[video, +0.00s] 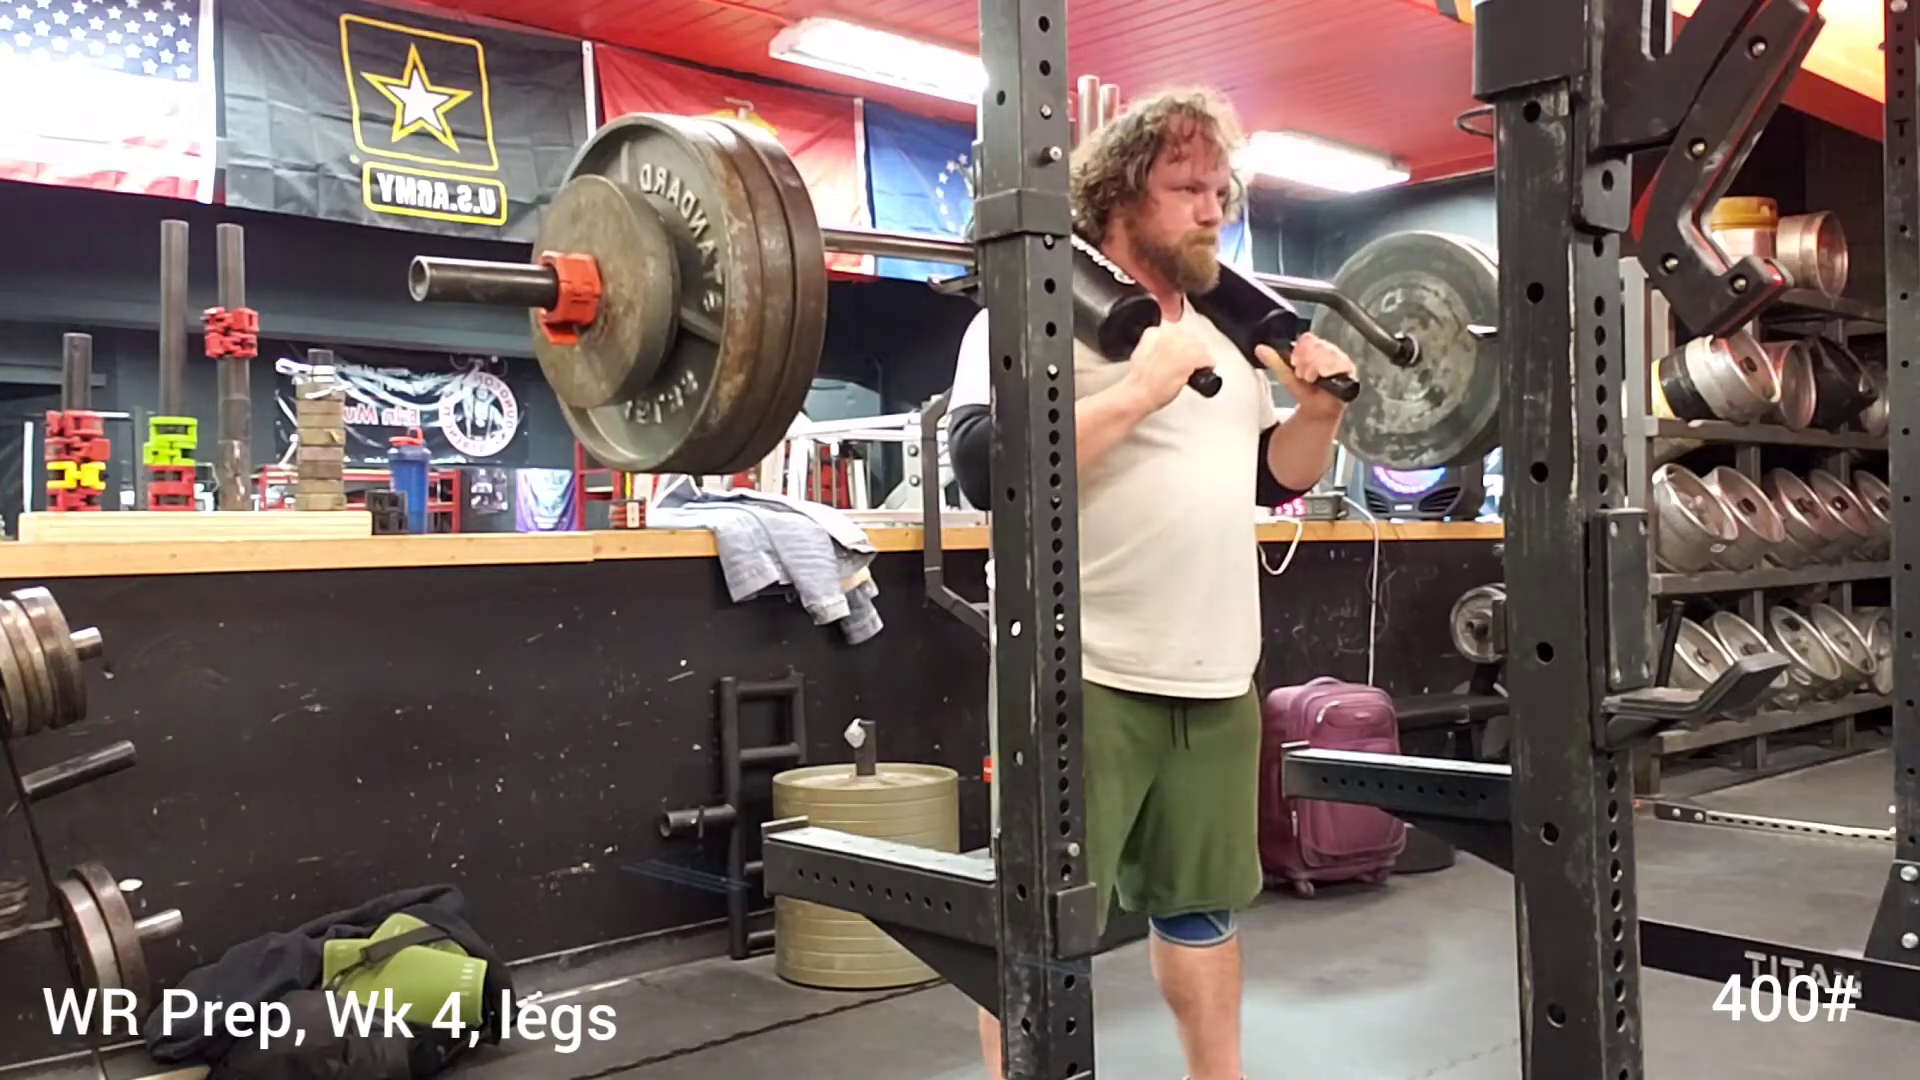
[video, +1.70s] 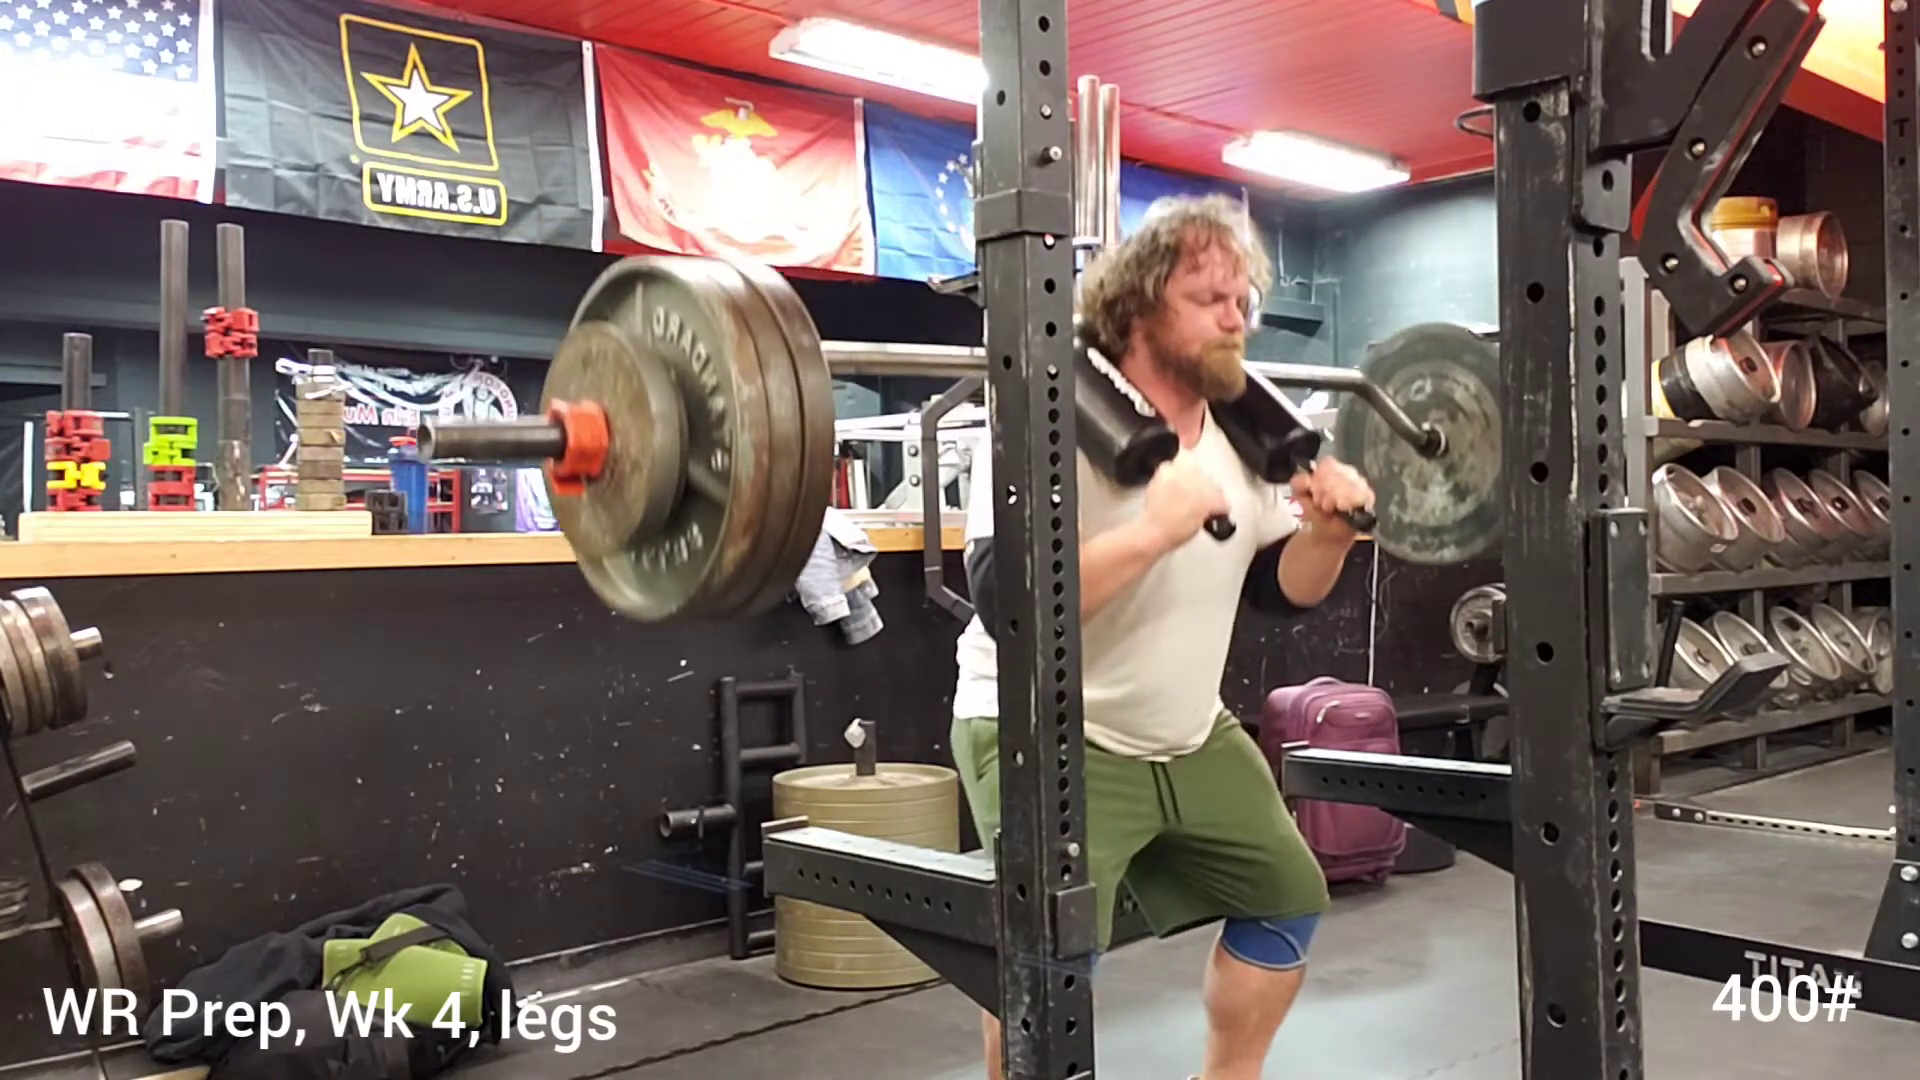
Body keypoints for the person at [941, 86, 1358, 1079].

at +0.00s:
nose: (1215, 207)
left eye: (1221, 187)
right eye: (1190, 185)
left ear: (1224, 199)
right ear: (1121, 191)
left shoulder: (1228, 331)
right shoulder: (1031, 312)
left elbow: (1283, 474)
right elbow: (986, 468)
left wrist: (1321, 401)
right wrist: (1131, 396)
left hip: (1217, 680)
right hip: (1082, 677)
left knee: (1201, 917)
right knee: (1044, 927)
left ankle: (1218, 1075)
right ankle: (1015, 1071)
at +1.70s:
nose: (1236, 321)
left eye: (1242, 299)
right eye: (1211, 299)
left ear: (1250, 303)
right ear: (1142, 310)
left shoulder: (1244, 416)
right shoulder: (1058, 409)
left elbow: (1290, 588)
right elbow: (1012, 597)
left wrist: (1332, 527)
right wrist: (1148, 535)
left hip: (1189, 731)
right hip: (1056, 732)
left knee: (1285, 899)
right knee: (1051, 949)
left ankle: (1230, 1074)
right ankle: (1018, 1073)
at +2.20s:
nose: (1248, 441)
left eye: (1256, 421)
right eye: (1222, 422)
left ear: (1267, 426)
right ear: (1151, 434)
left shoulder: (1260, 528)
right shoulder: (1060, 536)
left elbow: (1306, 704)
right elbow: (1030, 733)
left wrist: (1346, 646)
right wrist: (1161, 676)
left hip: (1177, 787)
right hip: (1030, 792)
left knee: (1304, 904)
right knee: (1067, 942)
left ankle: (1232, 1074)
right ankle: (1016, 1068)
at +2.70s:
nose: (1272, 592)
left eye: (1277, 569)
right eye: (1244, 572)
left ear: (1288, 564)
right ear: (1174, 578)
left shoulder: (1275, 661)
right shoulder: (1084, 673)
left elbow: (1332, 832)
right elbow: (1028, 857)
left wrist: (1361, 782)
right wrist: (1175, 830)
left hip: (1222, 898)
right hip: (1096, 911)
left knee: (1354, 925)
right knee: (1082, 984)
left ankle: (1239, 1075)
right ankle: (1023, 1069)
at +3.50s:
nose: (1263, 450)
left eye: (1272, 433)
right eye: (1238, 432)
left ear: (1284, 441)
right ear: (1170, 444)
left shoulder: (1269, 540)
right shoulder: (1077, 540)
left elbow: (1326, 715)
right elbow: (1035, 731)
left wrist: (1354, 658)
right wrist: (1172, 682)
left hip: (1184, 792)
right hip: (1038, 800)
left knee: (1316, 906)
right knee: (1084, 952)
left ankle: (1236, 1073)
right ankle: (1021, 1068)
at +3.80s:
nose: (1250, 334)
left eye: (1261, 318)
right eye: (1226, 314)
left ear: (1269, 336)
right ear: (1162, 324)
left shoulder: (1259, 438)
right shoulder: (1068, 426)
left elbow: (1310, 617)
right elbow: (1006, 614)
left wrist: (1341, 552)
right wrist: (1159, 564)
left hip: (1203, 743)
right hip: (1068, 746)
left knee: (1304, 904)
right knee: (1066, 954)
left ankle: (1236, 1074)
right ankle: (1011, 1069)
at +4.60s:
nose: (1242, 207)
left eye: (1247, 186)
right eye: (1217, 184)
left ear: (1249, 195)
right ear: (1147, 191)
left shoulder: (1246, 323)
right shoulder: (1051, 297)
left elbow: (1286, 485)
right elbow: (983, 475)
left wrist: (1329, 422)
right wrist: (1134, 413)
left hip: (1227, 681)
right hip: (1096, 677)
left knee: (1209, 923)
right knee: (1053, 936)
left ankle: (1219, 1073)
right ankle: (1026, 1072)